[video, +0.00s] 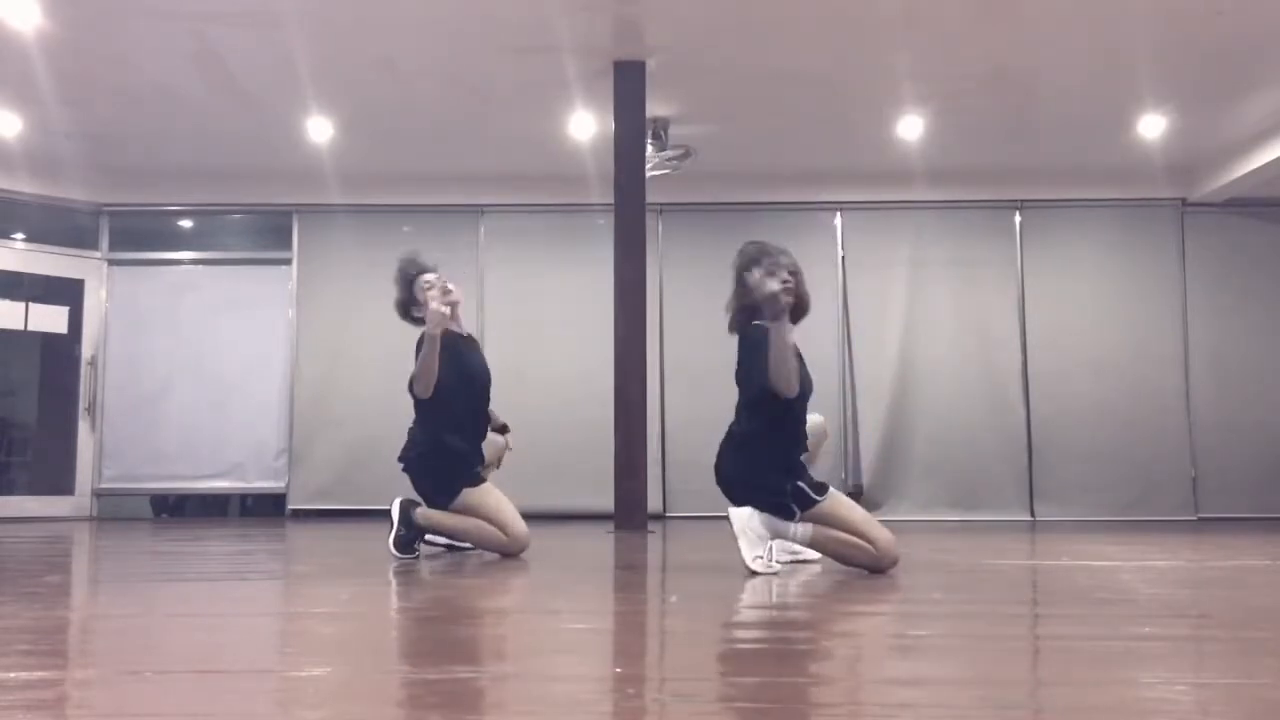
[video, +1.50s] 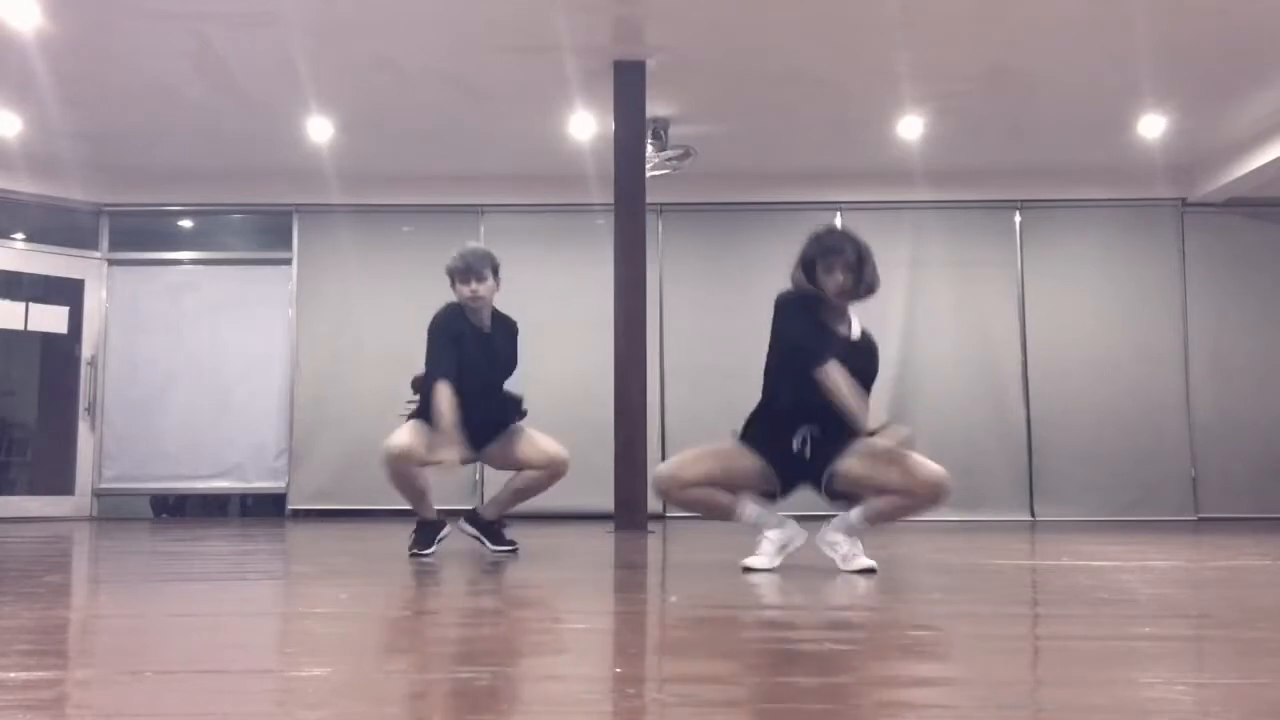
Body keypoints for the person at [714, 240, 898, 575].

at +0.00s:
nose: (787, 278)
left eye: (791, 270)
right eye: (772, 271)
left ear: (798, 280)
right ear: (749, 286)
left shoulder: (761, 330)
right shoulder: (764, 332)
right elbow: (787, 388)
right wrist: (779, 320)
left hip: (743, 459)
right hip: (764, 475)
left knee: (815, 429)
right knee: (884, 553)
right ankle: (766, 525)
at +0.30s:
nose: (797, 295)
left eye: (804, 288)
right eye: (784, 287)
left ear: (810, 296)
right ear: (763, 297)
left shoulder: (776, 334)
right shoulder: (795, 330)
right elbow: (876, 367)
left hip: (791, 457)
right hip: (768, 483)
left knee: (890, 427)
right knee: (882, 551)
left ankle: (879, 530)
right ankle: (760, 527)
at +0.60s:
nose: (850, 291)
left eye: (856, 281)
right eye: (838, 282)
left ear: (863, 288)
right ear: (815, 289)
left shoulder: (849, 341)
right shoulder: (804, 342)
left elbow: (877, 411)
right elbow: (738, 385)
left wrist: (920, 375)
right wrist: (680, 412)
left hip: (888, 455)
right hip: (856, 461)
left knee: (984, 464)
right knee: (887, 555)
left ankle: (901, 540)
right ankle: (766, 524)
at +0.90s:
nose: (848, 313)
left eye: (857, 303)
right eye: (838, 304)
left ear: (870, 306)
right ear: (822, 309)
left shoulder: (883, 333)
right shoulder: (818, 374)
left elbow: (899, 355)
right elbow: (806, 448)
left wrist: (867, 369)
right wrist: (790, 509)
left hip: (904, 477)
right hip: (849, 478)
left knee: (979, 536)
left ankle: (913, 529)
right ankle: (796, 537)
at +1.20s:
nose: (826, 259)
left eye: (836, 252)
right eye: (818, 249)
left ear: (848, 259)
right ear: (801, 252)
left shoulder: (857, 313)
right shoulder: (780, 301)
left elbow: (913, 357)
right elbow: (745, 358)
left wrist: (956, 396)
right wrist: (790, 341)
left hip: (859, 422)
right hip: (803, 419)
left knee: (849, 507)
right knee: (774, 448)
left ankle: (914, 507)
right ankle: (790, 542)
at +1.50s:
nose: (839, 279)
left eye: (848, 270)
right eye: (829, 269)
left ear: (861, 275)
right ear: (812, 272)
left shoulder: (865, 347)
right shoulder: (794, 307)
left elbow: (850, 422)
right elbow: (824, 369)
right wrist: (870, 426)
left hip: (836, 456)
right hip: (770, 452)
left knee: (932, 483)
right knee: (669, 479)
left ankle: (840, 531)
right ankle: (776, 527)